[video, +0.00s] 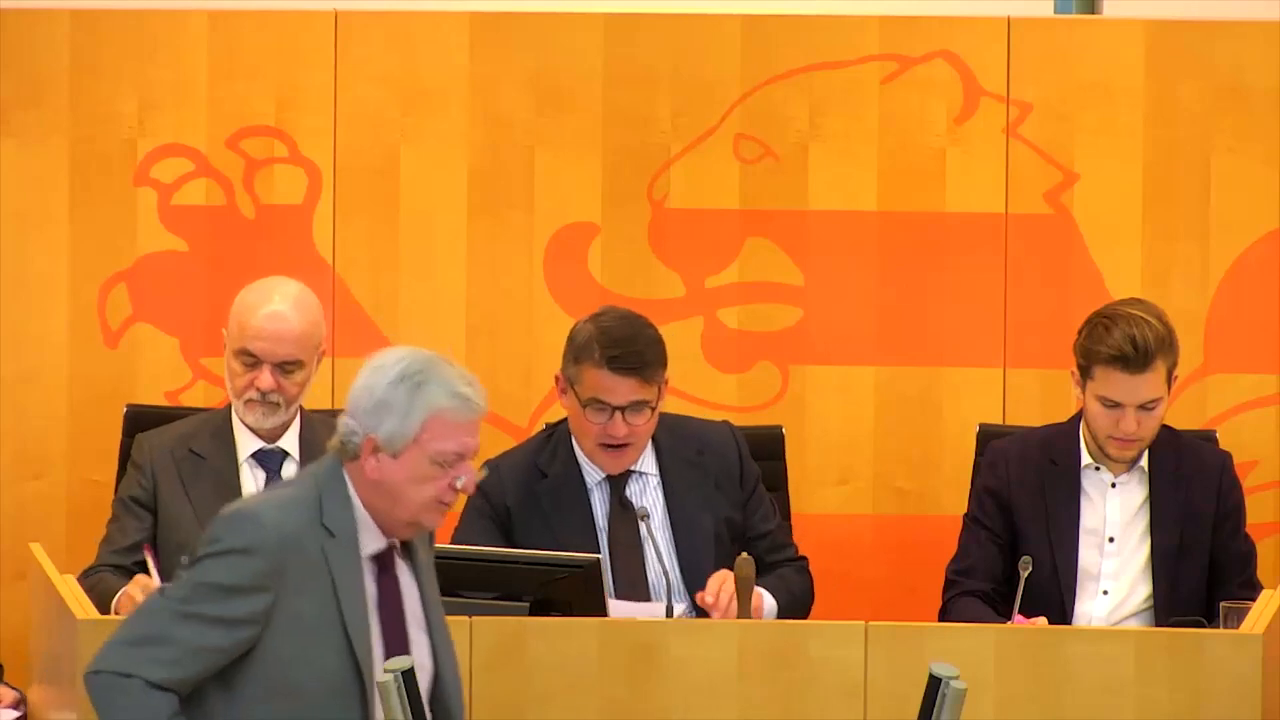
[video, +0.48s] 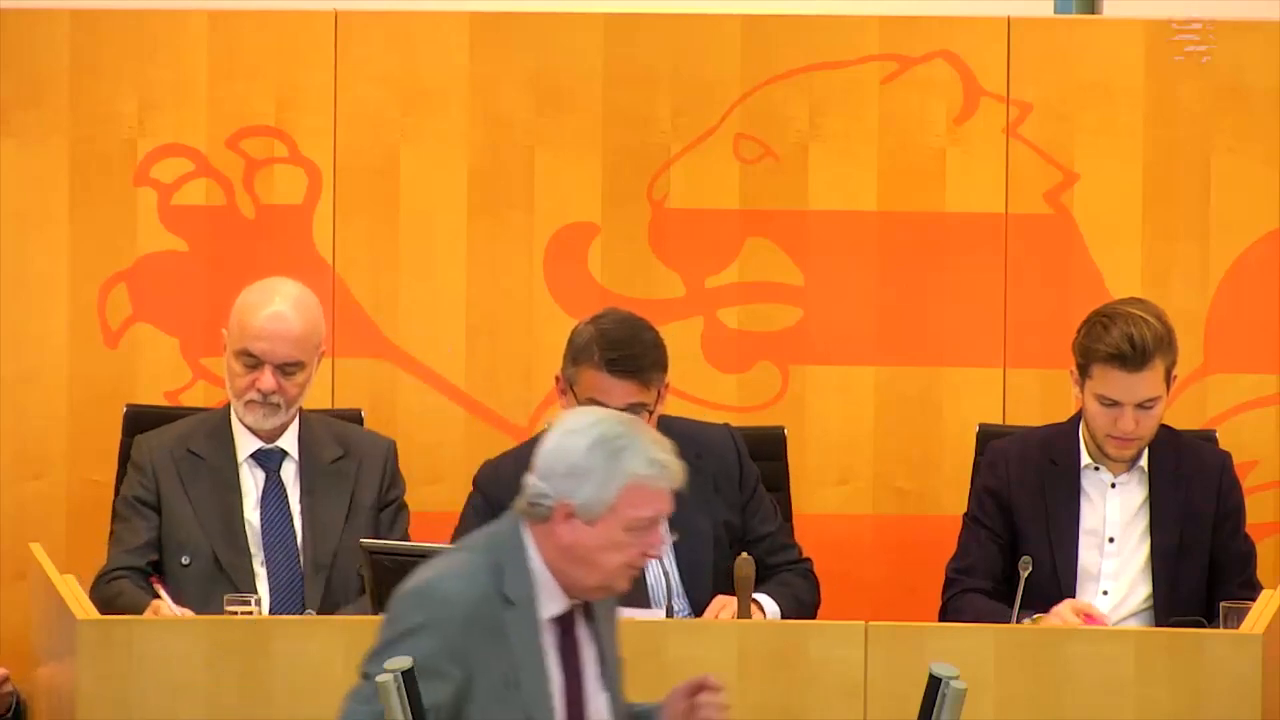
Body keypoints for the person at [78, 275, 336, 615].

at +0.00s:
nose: (265, 384)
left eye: (288, 368)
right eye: (248, 362)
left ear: (318, 361)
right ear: (226, 345)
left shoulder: (352, 454)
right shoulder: (159, 455)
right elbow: (103, 575)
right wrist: (123, 595)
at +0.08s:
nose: (263, 384)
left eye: (285, 366)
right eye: (247, 361)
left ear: (316, 360)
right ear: (224, 349)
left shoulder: (359, 453)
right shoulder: (158, 456)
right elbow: (105, 577)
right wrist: (130, 596)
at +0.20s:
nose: (261, 383)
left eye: (285, 366)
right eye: (245, 360)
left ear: (314, 360)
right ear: (222, 348)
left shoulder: (373, 461)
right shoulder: (158, 458)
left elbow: (399, 584)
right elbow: (111, 577)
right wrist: (140, 602)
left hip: (338, 663)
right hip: (201, 664)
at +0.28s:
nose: (262, 382)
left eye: (285, 366)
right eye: (245, 360)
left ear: (315, 359)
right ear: (221, 348)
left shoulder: (372, 460)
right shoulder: (158, 458)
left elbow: (397, 584)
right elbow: (115, 579)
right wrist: (147, 607)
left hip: (336, 669)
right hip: (199, 668)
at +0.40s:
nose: (265, 384)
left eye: (287, 369)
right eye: (248, 361)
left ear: (317, 360)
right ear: (224, 346)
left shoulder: (372, 460)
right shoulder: (158, 458)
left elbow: (397, 592)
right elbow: (116, 582)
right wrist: (152, 611)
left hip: (334, 676)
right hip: (201, 672)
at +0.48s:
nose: (266, 385)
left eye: (289, 369)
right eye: (250, 362)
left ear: (318, 360)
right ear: (225, 346)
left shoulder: (372, 460)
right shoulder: (158, 458)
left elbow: (394, 592)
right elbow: (117, 582)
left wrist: (320, 638)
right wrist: (154, 613)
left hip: (332, 675)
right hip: (202, 669)